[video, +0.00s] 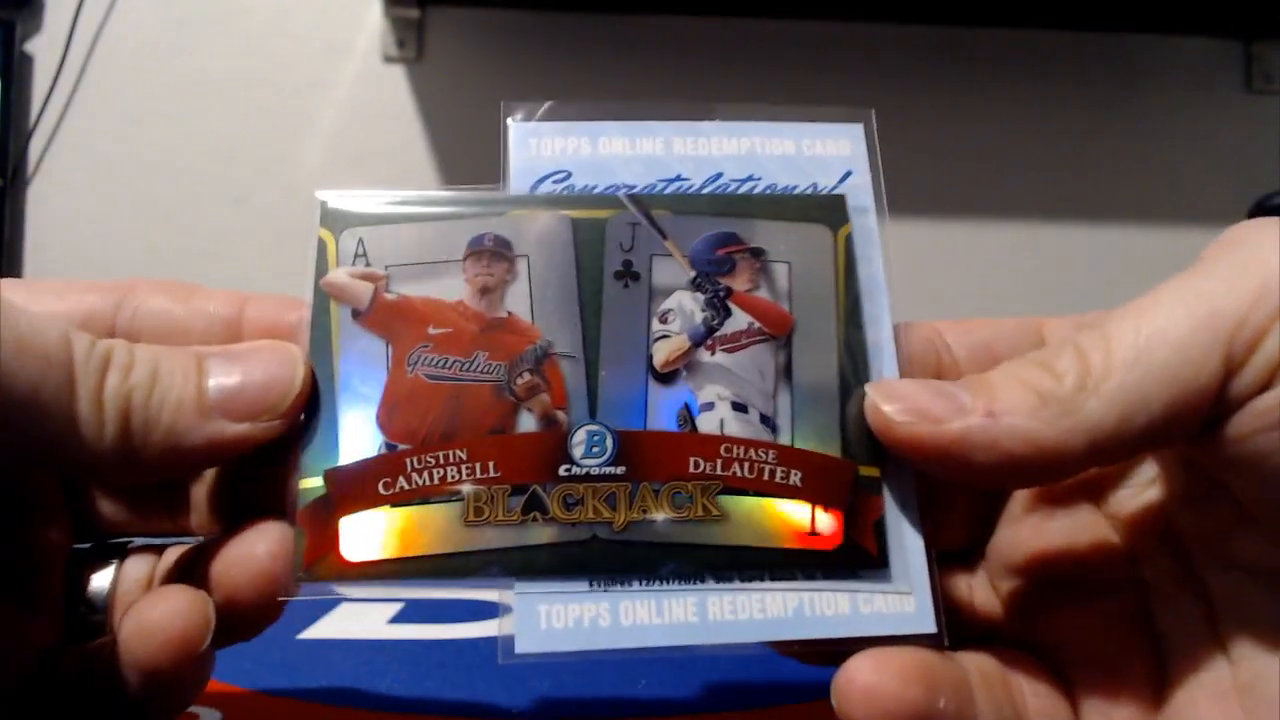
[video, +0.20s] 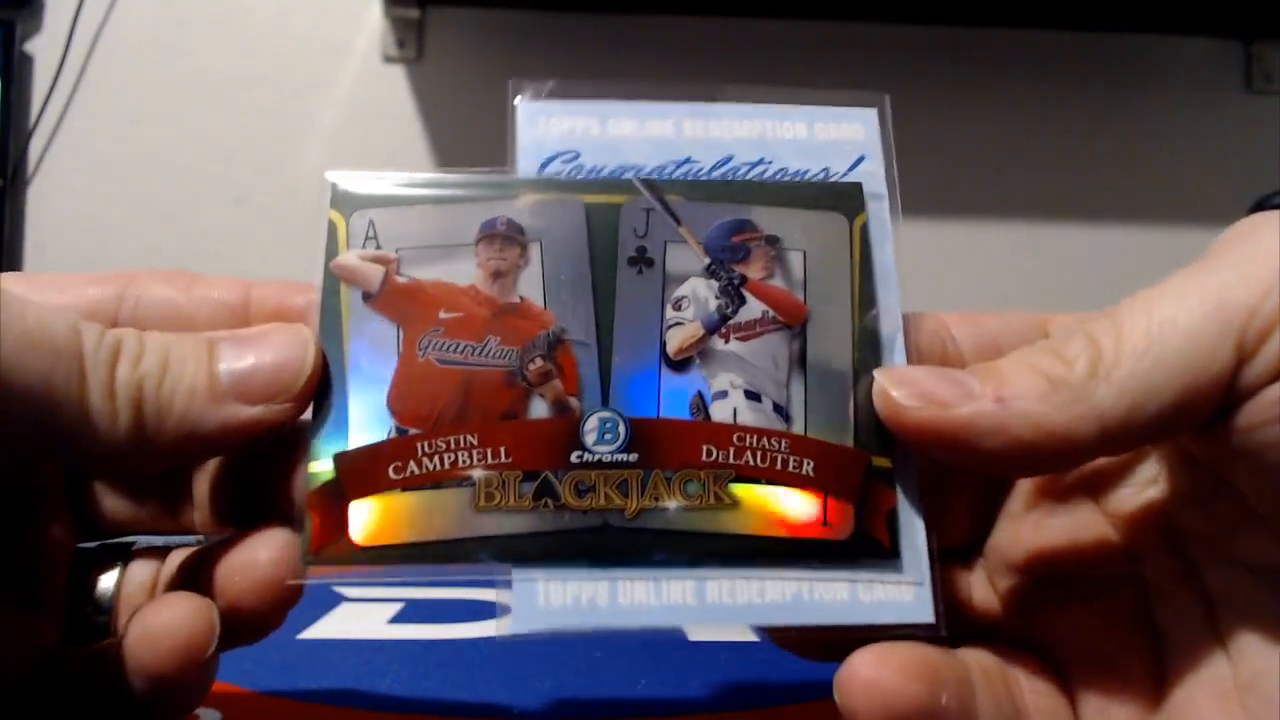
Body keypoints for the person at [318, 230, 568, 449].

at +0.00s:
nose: (485, 265)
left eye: (495, 259)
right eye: (477, 258)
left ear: (511, 272)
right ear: (464, 270)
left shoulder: (528, 339)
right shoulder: (419, 313)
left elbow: (561, 428)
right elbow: (332, 282)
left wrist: (542, 408)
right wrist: (368, 276)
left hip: (483, 473)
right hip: (406, 467)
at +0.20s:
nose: (497, 250)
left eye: (507, 244)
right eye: (489, 243)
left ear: (523, 257)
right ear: (476, 255)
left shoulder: (541, 324)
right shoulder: (431, 297)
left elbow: (573, 416)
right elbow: (342, 264)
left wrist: (552, 391)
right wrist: (381, 258)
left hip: (495, 458)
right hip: (416, 451)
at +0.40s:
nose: (507, 230)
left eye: (518, 224)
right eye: (499, 223)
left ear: (534, 238)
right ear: (486, 235)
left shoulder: (549, 308)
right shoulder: (441, 277)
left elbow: (581, 398)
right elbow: (352, 243)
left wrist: (561, 373)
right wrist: (384, 235)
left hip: (505, 439)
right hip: (428, 433)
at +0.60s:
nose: (514, 215)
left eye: (525, 209)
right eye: (506, 208)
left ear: (539, 223)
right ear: (493, 219)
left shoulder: (556, 297)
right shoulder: (445, 261)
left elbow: (581, 386)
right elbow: (358, 225)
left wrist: (565, 365)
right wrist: (393, 219)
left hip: (506, 428)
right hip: (428, 417)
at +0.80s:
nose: (513, 215)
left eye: (524, 210)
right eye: (505, 208)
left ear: (538, 226)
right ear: (492, 221)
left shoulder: (554, 298)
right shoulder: (444, 264)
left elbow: (581, 389)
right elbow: (358, 228)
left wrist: (566, 371)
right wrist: (393, 222)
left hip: (503, 432)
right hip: (427, 421)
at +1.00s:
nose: (522, 234)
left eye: (532, 230)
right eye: (514, 228)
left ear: (547, 245)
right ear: (500, 242)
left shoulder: (565, 317)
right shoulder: (456, 287)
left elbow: (597, 409)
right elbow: (370, 252)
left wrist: (579, 386)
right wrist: (404, 248)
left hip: (523, 450)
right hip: (450, 442)